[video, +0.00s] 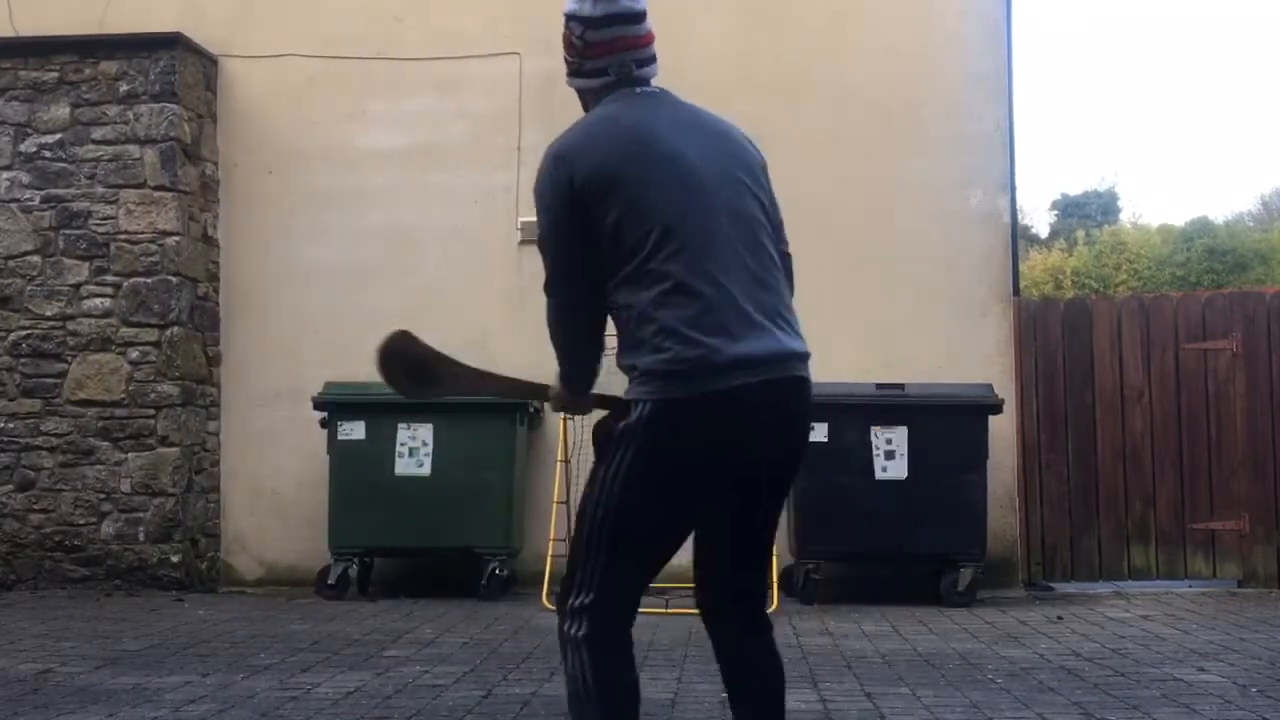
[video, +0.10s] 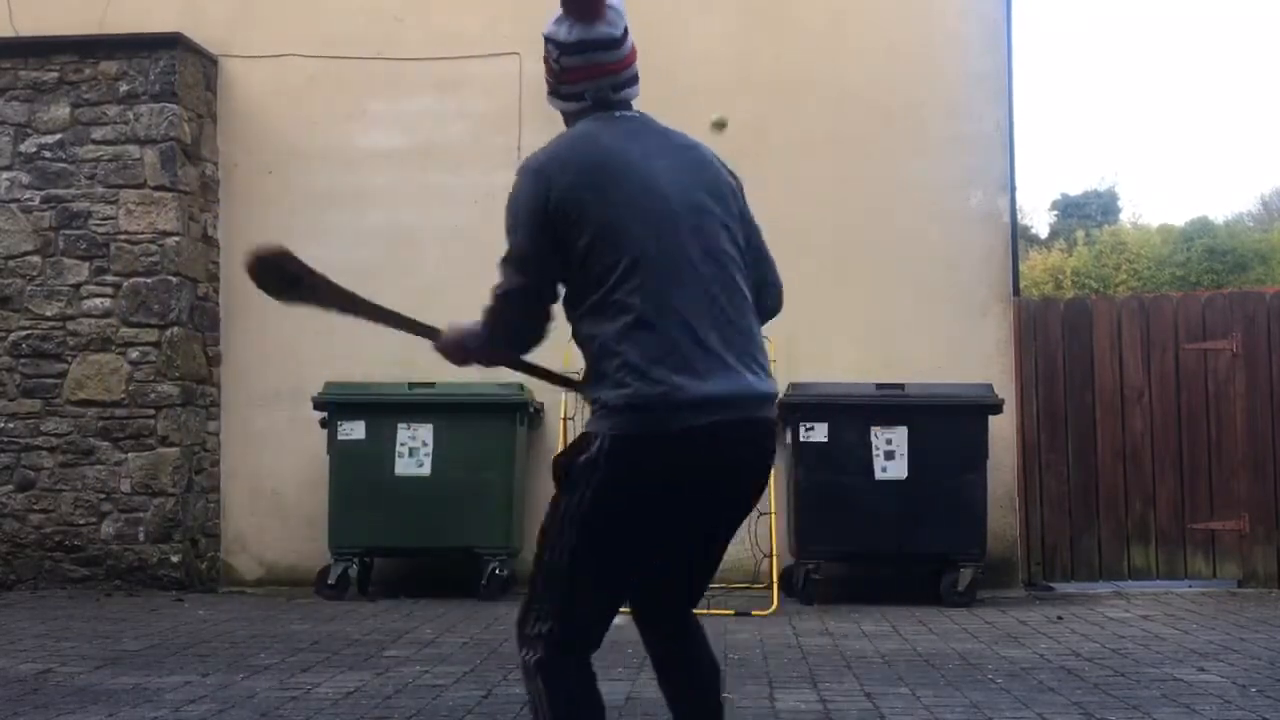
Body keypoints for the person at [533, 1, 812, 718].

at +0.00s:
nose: (572, 79)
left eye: (571, 68)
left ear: (577, 70)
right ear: (651, 60)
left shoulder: (574, 154)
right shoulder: (729, 134)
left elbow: (573, 299)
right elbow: (775, 265)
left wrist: (574, 386)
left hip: (679, 404)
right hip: (780, 394)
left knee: (592, 611)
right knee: (736, 601)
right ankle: (764, 713)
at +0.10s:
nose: (550, 81)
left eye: (551, 73)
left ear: (555, 84)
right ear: (633, 75)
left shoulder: (550, 172)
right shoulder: (701, 158)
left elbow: (518, 322)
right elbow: (764, 292)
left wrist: (473, 341)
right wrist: (661, 335)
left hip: (641, 427)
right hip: (749, 420)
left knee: (553, 636)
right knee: (666, 604)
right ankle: (705, 715)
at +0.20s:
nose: (559, 75)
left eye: (556, 66)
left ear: (558, 81)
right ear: (635, 69)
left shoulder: (543, 176)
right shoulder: (710, 158)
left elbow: (465, 297)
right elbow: (786, 253)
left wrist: (395, 308)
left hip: (612, 439)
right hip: (725, 433)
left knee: (543, 644)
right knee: (667, 615)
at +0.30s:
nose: (588, 5)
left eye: (579, 2)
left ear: (575, 11)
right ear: (648, 7)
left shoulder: (536, 93)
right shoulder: (709, 66)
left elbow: (436, 190)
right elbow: (816, 51)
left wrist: (325, 197)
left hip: (583, 381)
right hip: (698, 378)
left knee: (570, 596)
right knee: (702, 594)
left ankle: (561, 717)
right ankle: (705, 716)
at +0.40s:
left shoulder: (542, 67)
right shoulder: (714, 34)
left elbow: (438, 155)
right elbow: (812, 1)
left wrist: (320, 164)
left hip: (576, 360)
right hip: (689, 354)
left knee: (554, 570)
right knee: (703, 582)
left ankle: (539, 713)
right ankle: (700, 714)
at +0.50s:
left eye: (576, 7)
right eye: (680, 1)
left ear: (581, 8)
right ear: (664, 0)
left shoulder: (543, 91)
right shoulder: (708, 46)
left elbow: (432, 169)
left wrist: (328, 149)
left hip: (570, 381)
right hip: (679, 376)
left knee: (527, 593)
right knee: (713, 612)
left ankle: (481, 713)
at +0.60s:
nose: (670, 14)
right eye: (661, 8)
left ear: (567, 18)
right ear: (653, 11)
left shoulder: (533, 115)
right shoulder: (691, 75)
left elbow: (432, 200)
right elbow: (809, 19)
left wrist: (353, 168)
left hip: (562, 411)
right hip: (670, 403)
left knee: (523, 606)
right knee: (719, 630)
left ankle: (449, 711)